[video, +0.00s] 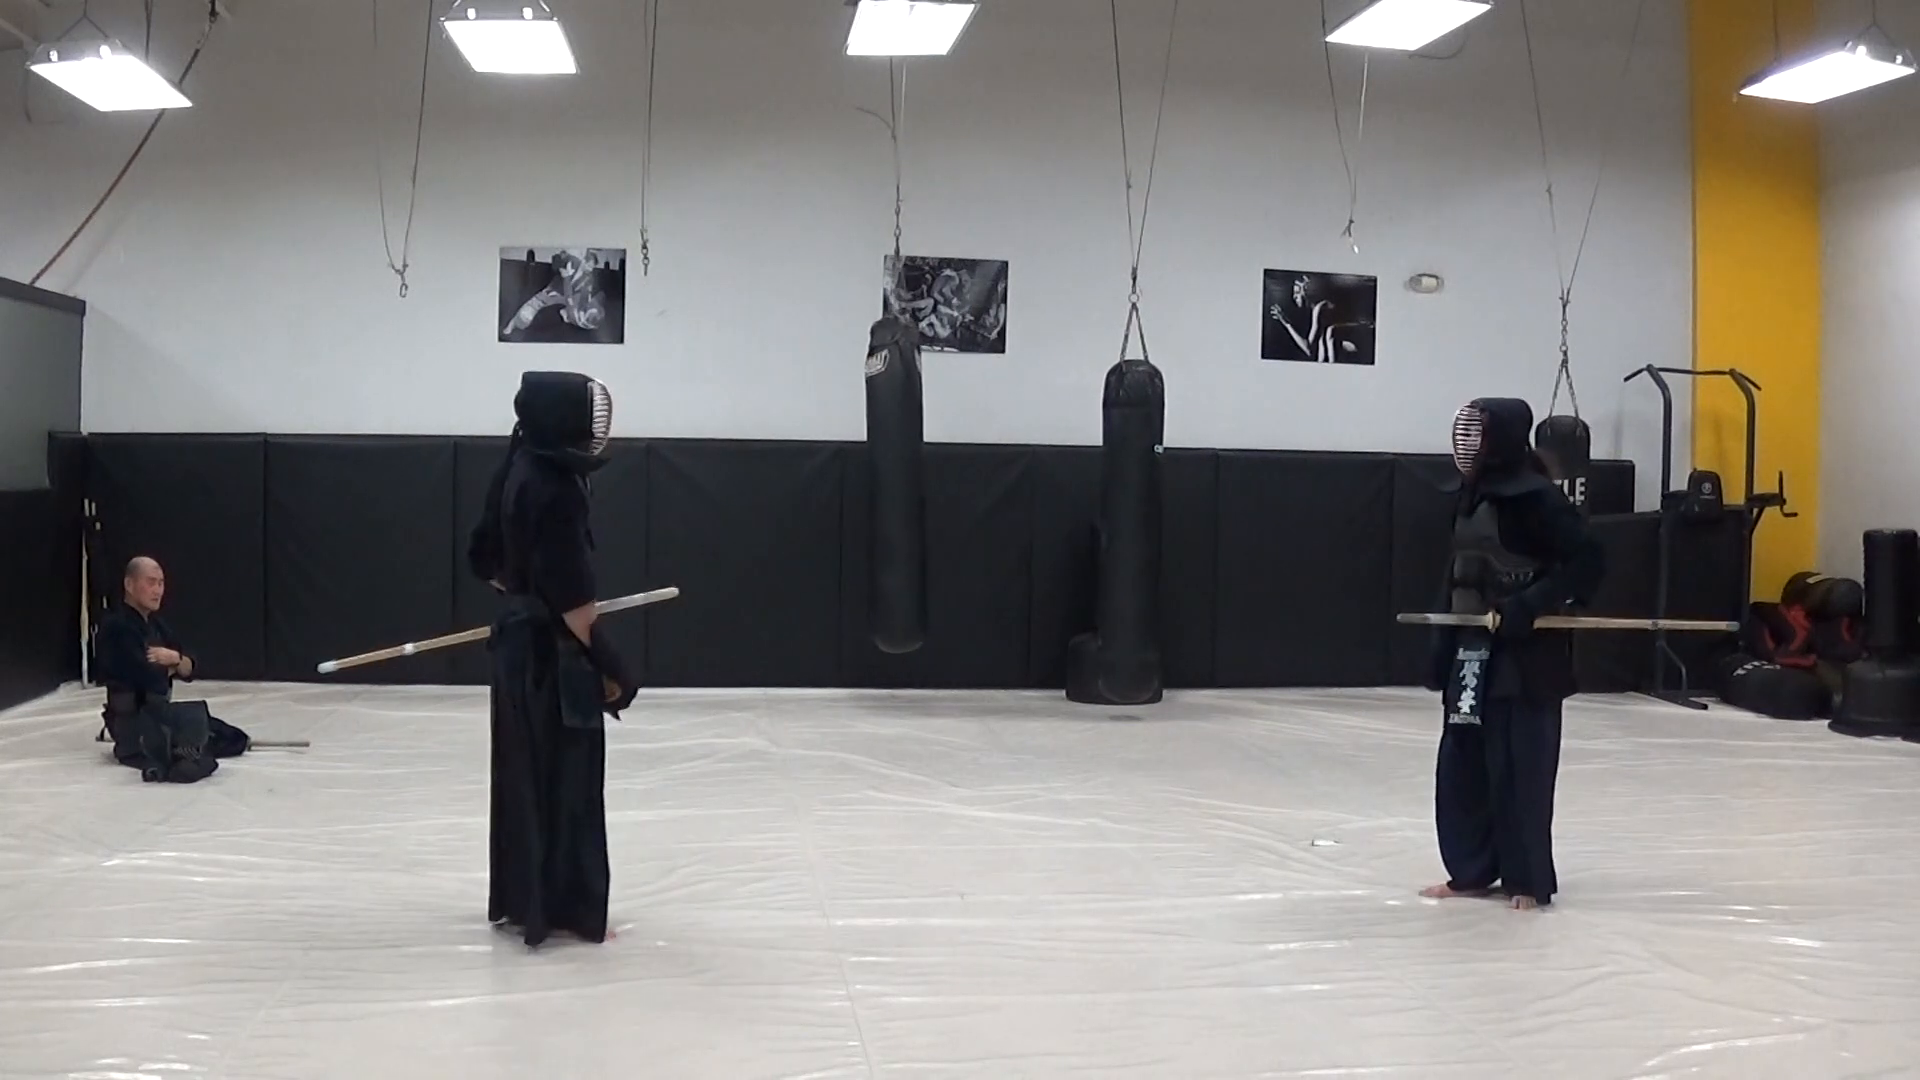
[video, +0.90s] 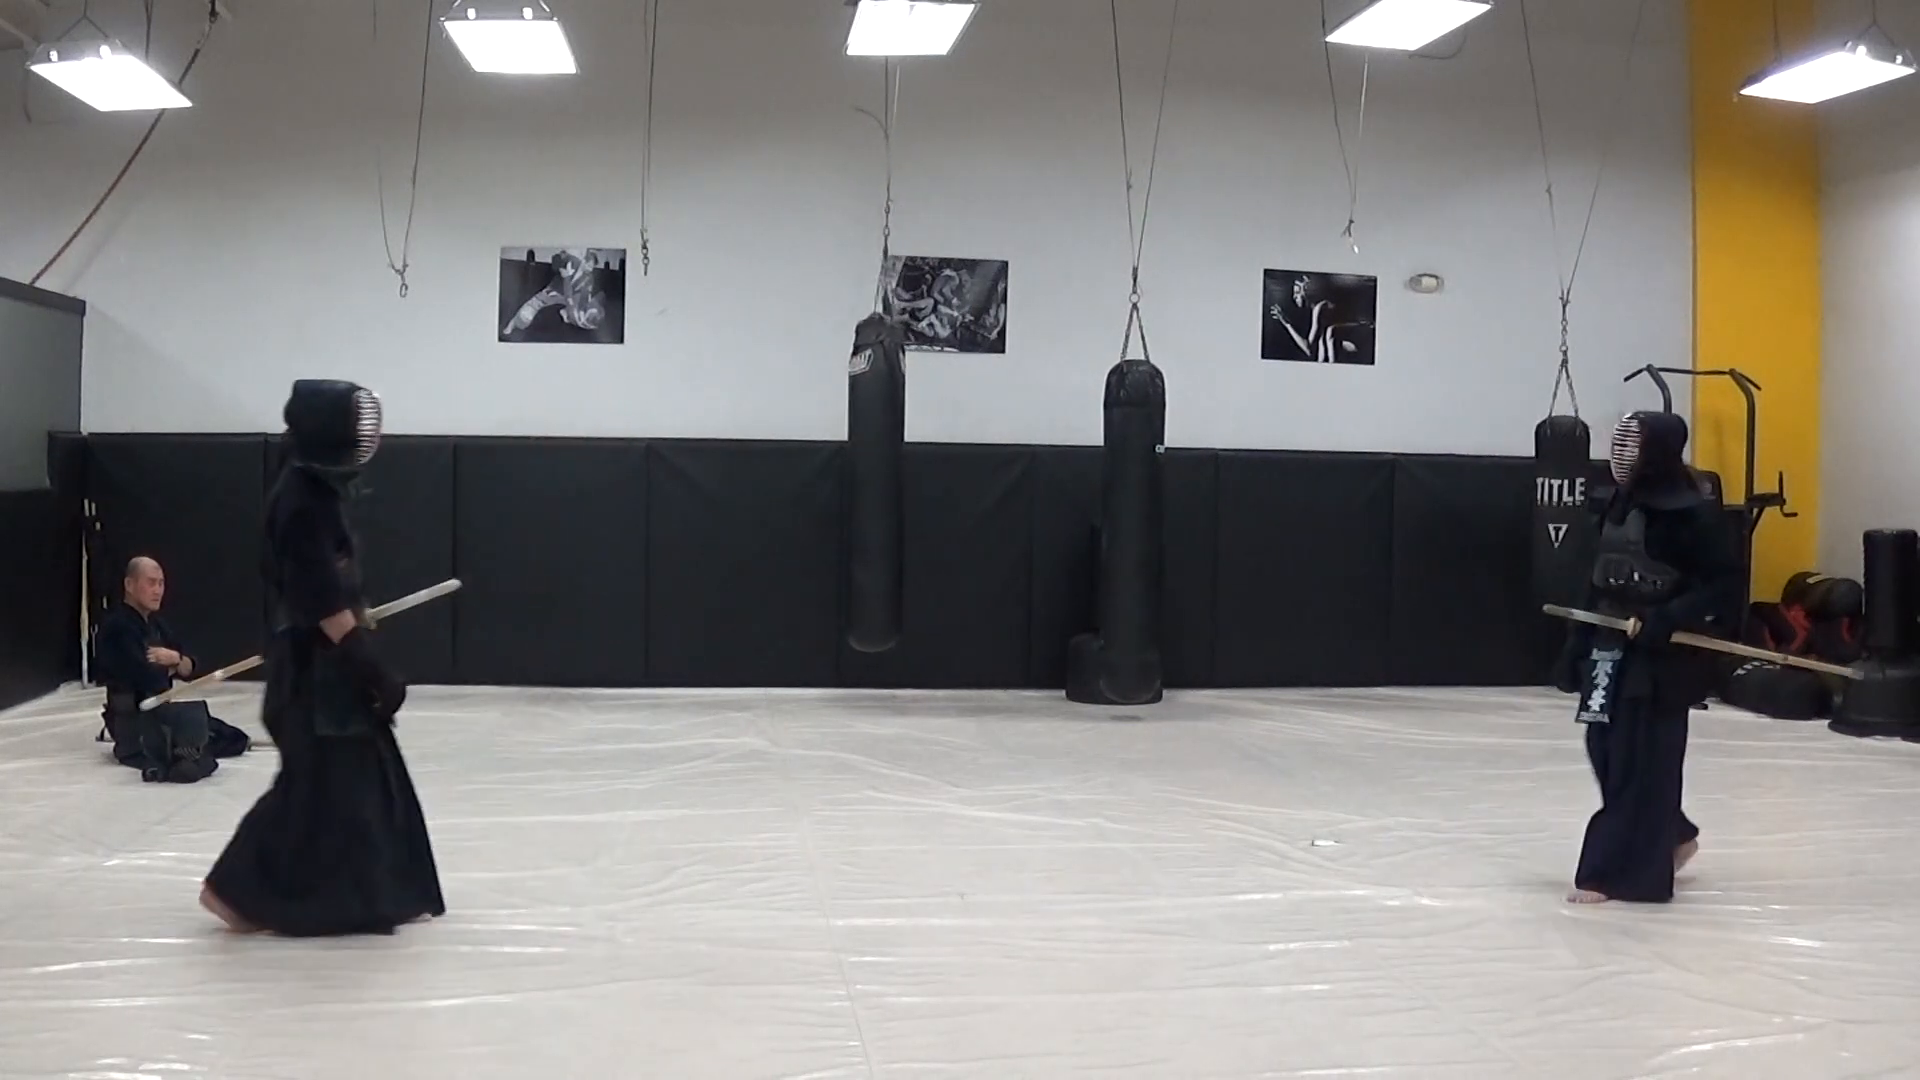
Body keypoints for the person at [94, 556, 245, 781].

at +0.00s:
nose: (158, 590)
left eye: (161, 584)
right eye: (151, 582)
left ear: (164, 586)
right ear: (129, 585)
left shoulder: (157, 623)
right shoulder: (116, 626)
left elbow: (190, 671)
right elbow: (144, 679)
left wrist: (176, 658)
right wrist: (173, 667)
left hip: (161, 719)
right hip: (130, 728)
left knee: (236, 740)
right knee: (200, 761)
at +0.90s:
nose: (158, 590)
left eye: (161, 583)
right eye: (151, 582)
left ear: (164, 586)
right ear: (129, 585)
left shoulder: (156, 622)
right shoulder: (117, 625)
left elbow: (191, 670)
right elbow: (149, 683)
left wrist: (176, 658)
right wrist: (172, 668)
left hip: (163, 716)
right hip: (131, 725)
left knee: (237, 740)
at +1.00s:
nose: (159, 590)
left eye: (161, 584)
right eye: (152, 582)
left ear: (165, 586)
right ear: (129, 585)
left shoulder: (158, 622)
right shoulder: (117, 624)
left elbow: (190, 667)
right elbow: (142, 676)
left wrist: (175, 658)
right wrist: (175, 669)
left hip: (162, 711)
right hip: (130, 718)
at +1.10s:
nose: (158, 591)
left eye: (161, 584)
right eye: (151, 583)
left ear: (165, 586)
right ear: (129, 585)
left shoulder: (157, 624)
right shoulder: (117, 624)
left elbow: (193, 670)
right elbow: (146, 676)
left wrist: (173, 659)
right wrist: (179, 665)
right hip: (130, 727)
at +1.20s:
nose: (158, 590)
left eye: (161, 584)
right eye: (151, 583)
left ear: (165, 586)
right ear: (129, 585)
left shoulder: (161, 624)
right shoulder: (114, 623)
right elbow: (109, 675)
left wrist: (166, 657)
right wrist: (148, 661)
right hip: (128, 719)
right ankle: (129, 749)